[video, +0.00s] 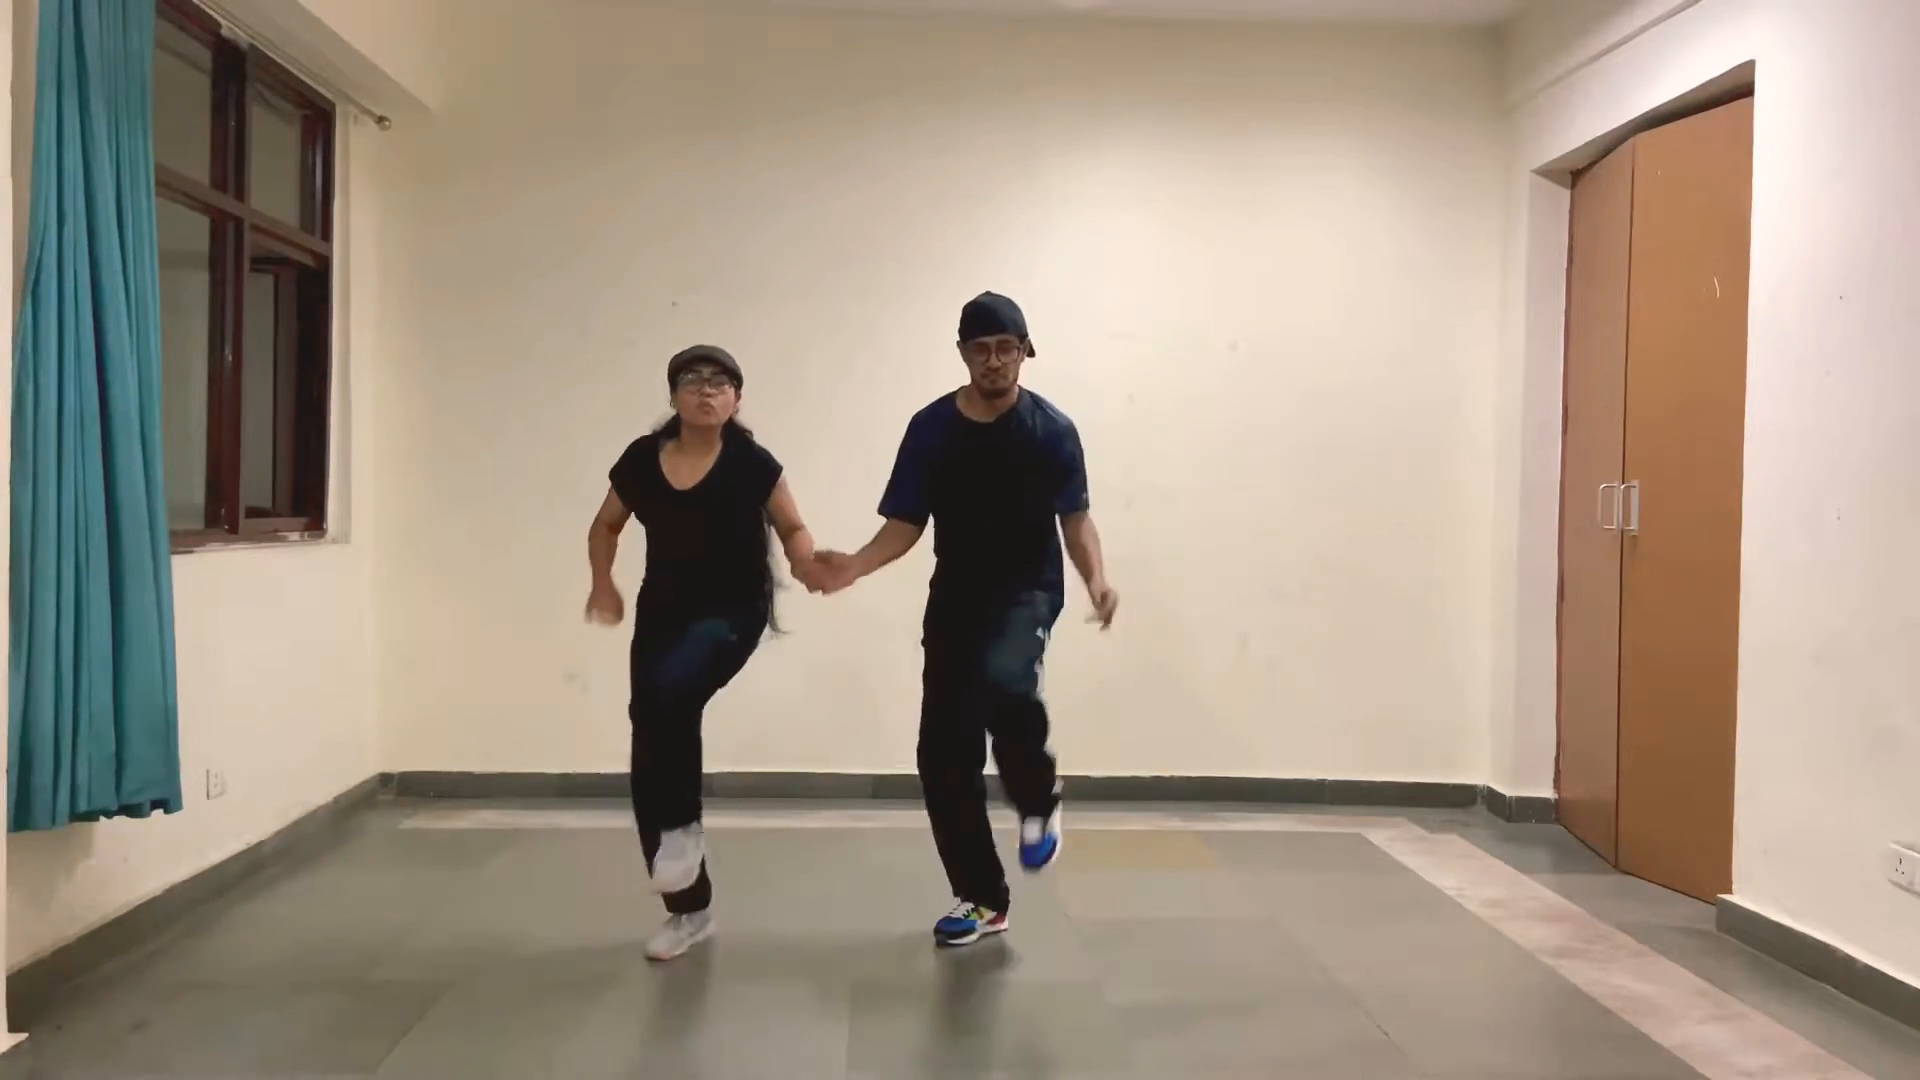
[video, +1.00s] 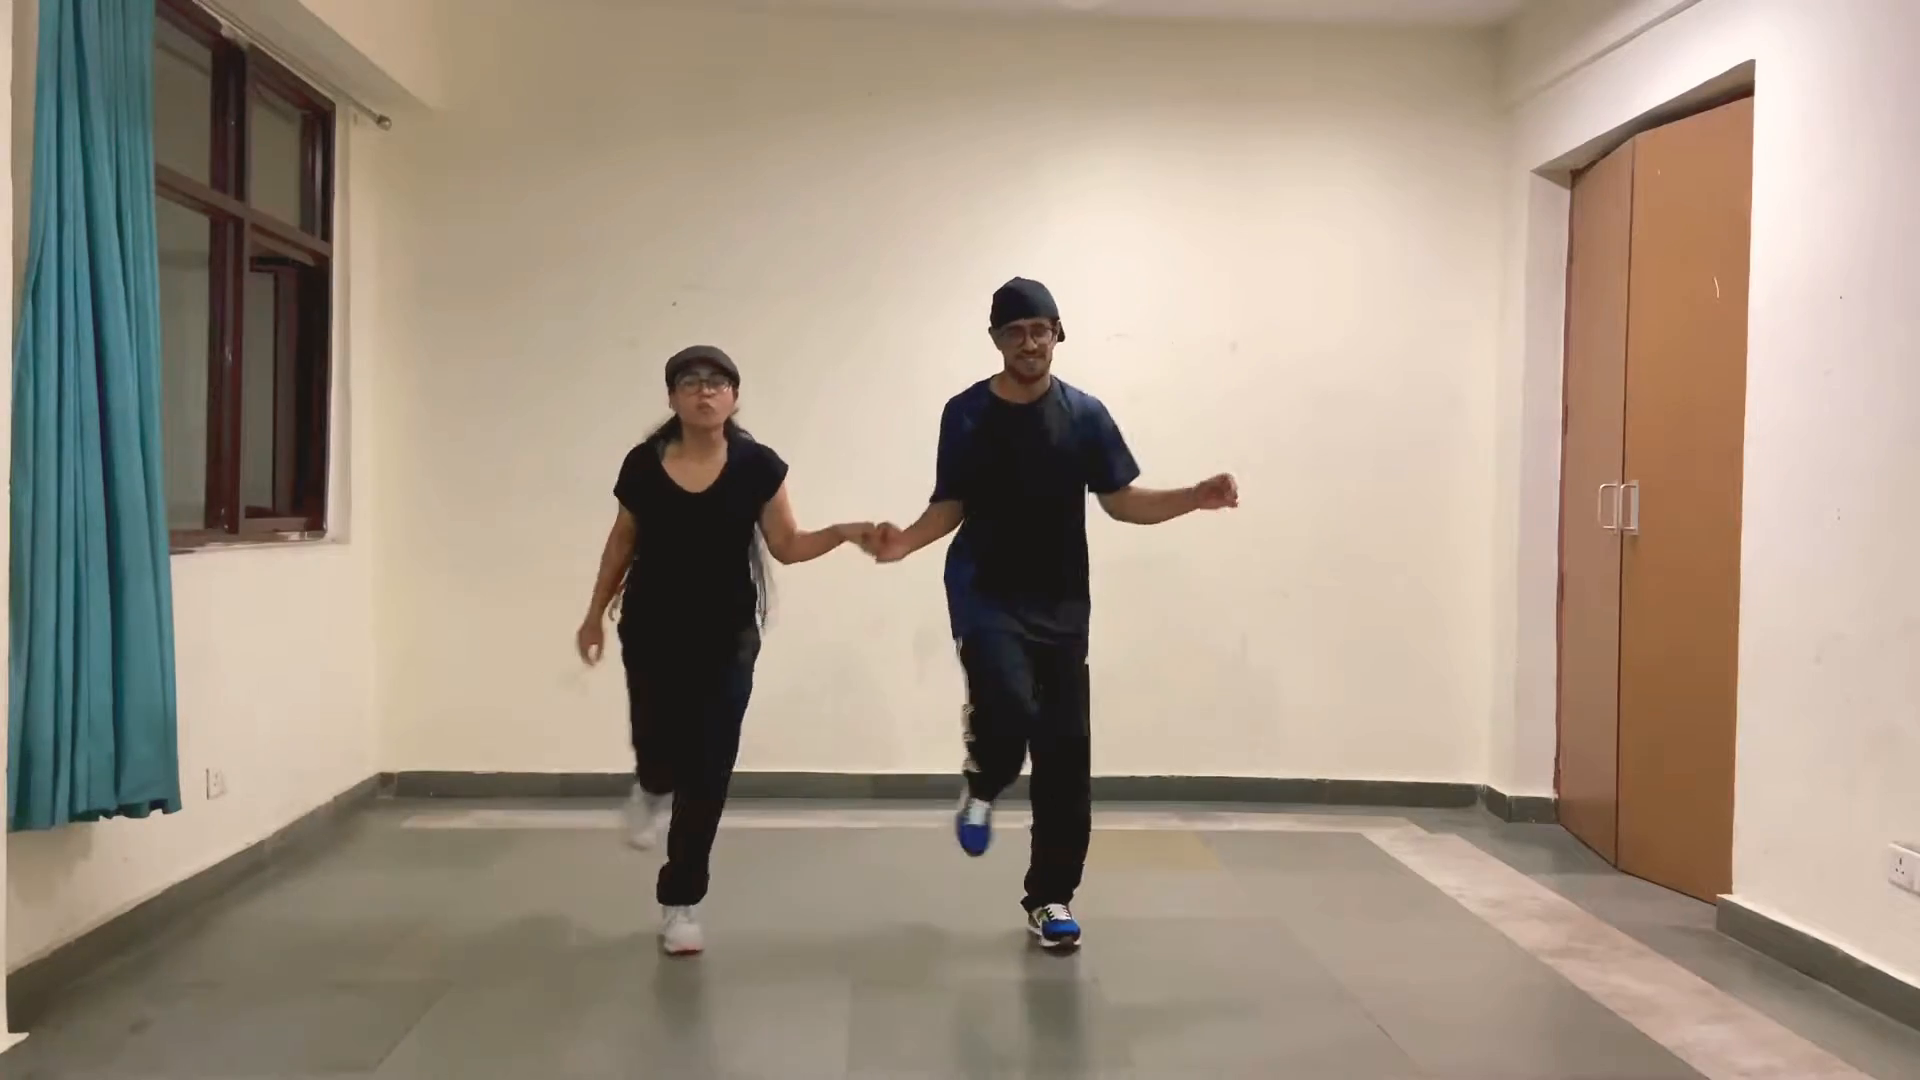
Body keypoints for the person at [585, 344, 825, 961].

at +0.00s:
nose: (707, 392)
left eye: (719, 384)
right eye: (694, 384)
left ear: (736, 398)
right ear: (674, 397)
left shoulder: (753, 465)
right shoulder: (644, 459)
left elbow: (792, 527)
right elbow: (605, 526)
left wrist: (804, 559)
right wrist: (602, 581)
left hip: (732, 611)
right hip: (662, 613)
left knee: (671, 693)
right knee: (651, 741)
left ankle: (679, 826)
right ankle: (688, 905)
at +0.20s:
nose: (719, 398)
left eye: (730, 388)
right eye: (705, 389)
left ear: (748, 398)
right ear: (686, 401)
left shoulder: (767, 466)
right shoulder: (653, 460)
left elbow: (793, 535)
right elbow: (584, 524)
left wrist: (789, 587)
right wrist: (626, 491)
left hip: (750, 630)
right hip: (681, 631)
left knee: (700, 757)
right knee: (718, 757)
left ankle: (662, 896)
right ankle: (794, 872)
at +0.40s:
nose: (724, 409)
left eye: (735, 398)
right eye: (710, 399)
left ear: (751, 408)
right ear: (690, 407)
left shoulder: (763, 472)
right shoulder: (656, 458)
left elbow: (797, 537)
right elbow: (604, 534)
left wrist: (820, 603)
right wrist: (627, 557)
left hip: (731, 636)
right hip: (661, 633)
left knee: (701, 762)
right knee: (650, 771)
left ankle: (719, 902)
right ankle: (755, 852)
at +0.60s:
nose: (704, 424)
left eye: (714, 413)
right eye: (690, 414)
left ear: (730, 421)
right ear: (669, 423)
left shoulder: (744, 485)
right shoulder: (634, 486)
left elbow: (804, 525)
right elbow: (568, 562)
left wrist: (811, 564)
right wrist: (581, 638)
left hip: (700, 656)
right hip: (627, 646)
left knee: (677, 774)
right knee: (554, 759)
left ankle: (707, 902)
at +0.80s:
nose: (690, 425)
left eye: (701, 417)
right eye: (676, 417)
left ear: (716, 431)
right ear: (656, 431)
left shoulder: (740, 499)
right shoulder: (620, 499)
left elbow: (799, 546)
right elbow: (554, 558)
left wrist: (785, 581)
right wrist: (517, 636)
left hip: (692, 667)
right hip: (617, 656)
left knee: (663, 787)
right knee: (561, 774)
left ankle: (671, 909)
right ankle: (518, 881)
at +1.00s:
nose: (704, 393)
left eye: (716, 384)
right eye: (691, 384)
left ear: (734, 397)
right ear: (671, 398)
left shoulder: (758, 467)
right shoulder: (645, 466)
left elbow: (786, 546)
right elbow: (623, 539)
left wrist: (842, 532)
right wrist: (595, 612)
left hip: (725, 636)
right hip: (653, 630)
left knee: (707, 773)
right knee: (656, 741)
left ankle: (682, 902)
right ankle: (655, 794)